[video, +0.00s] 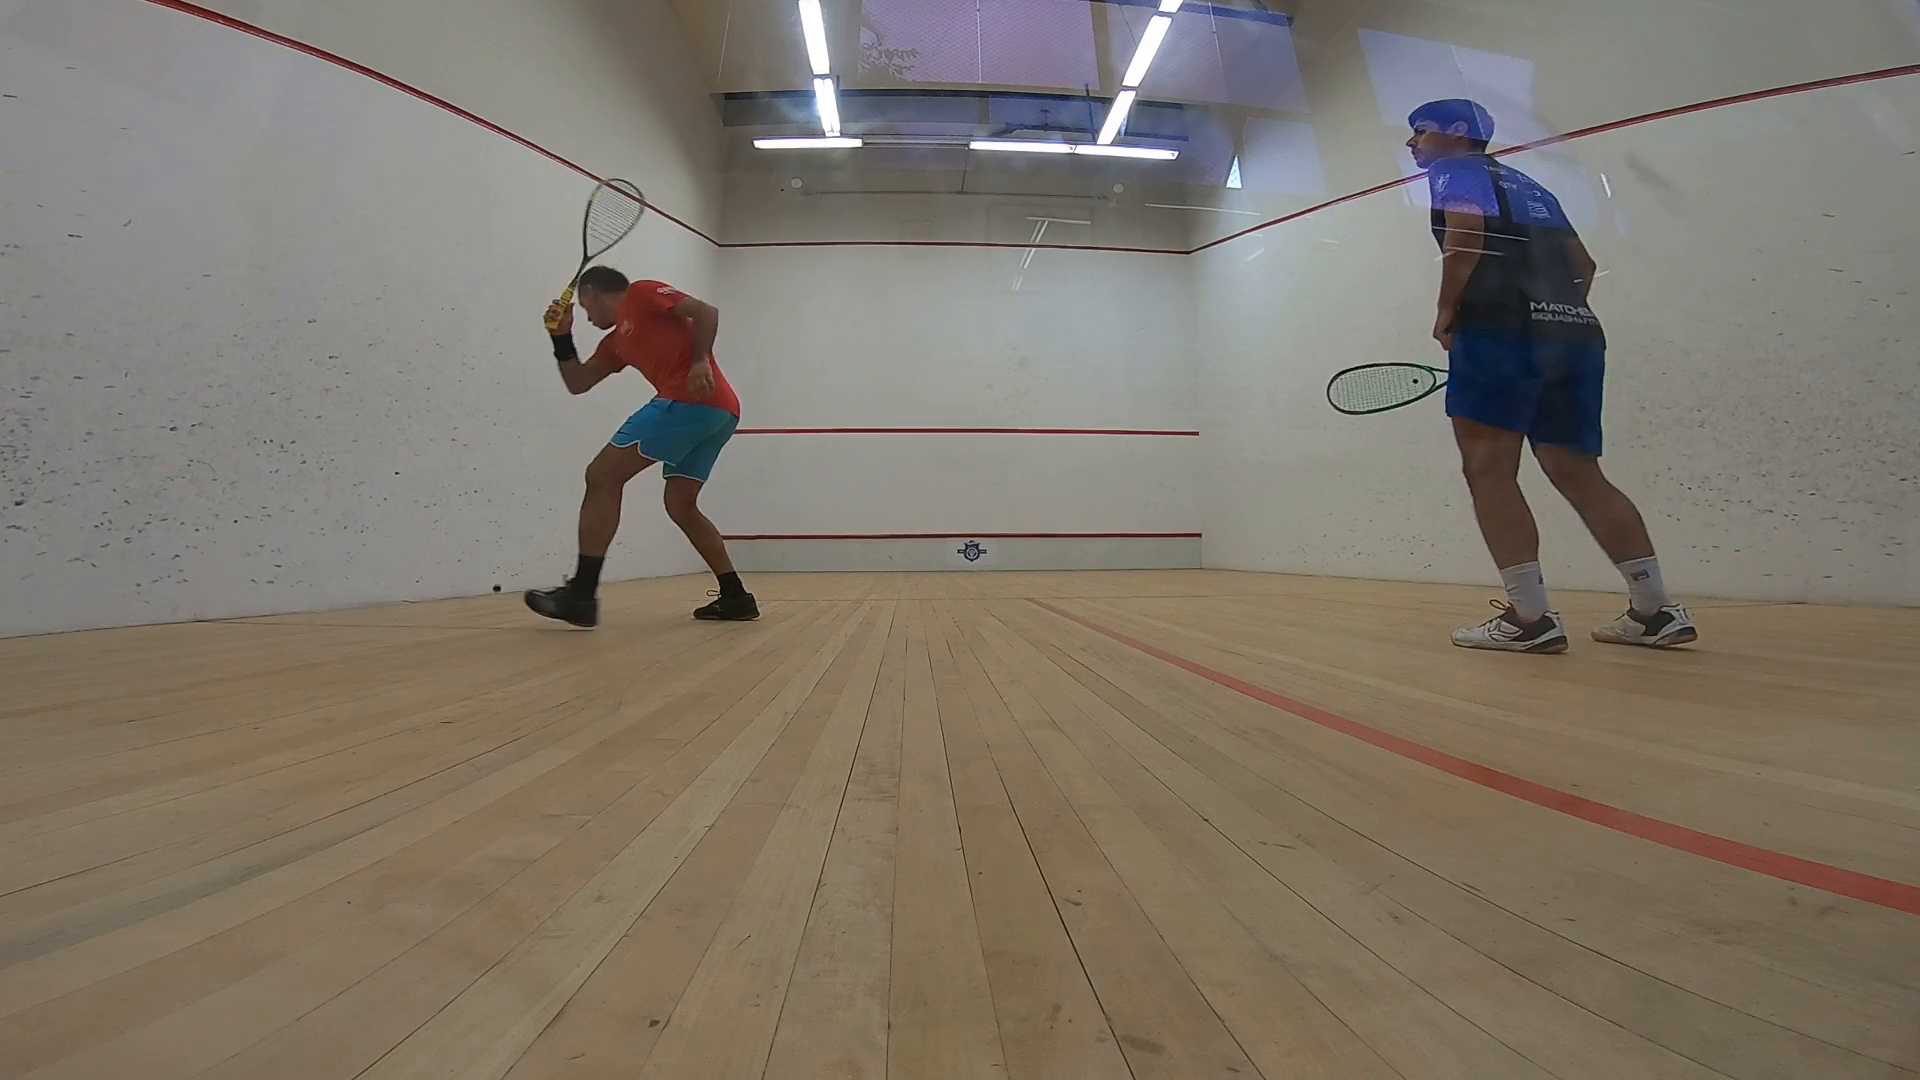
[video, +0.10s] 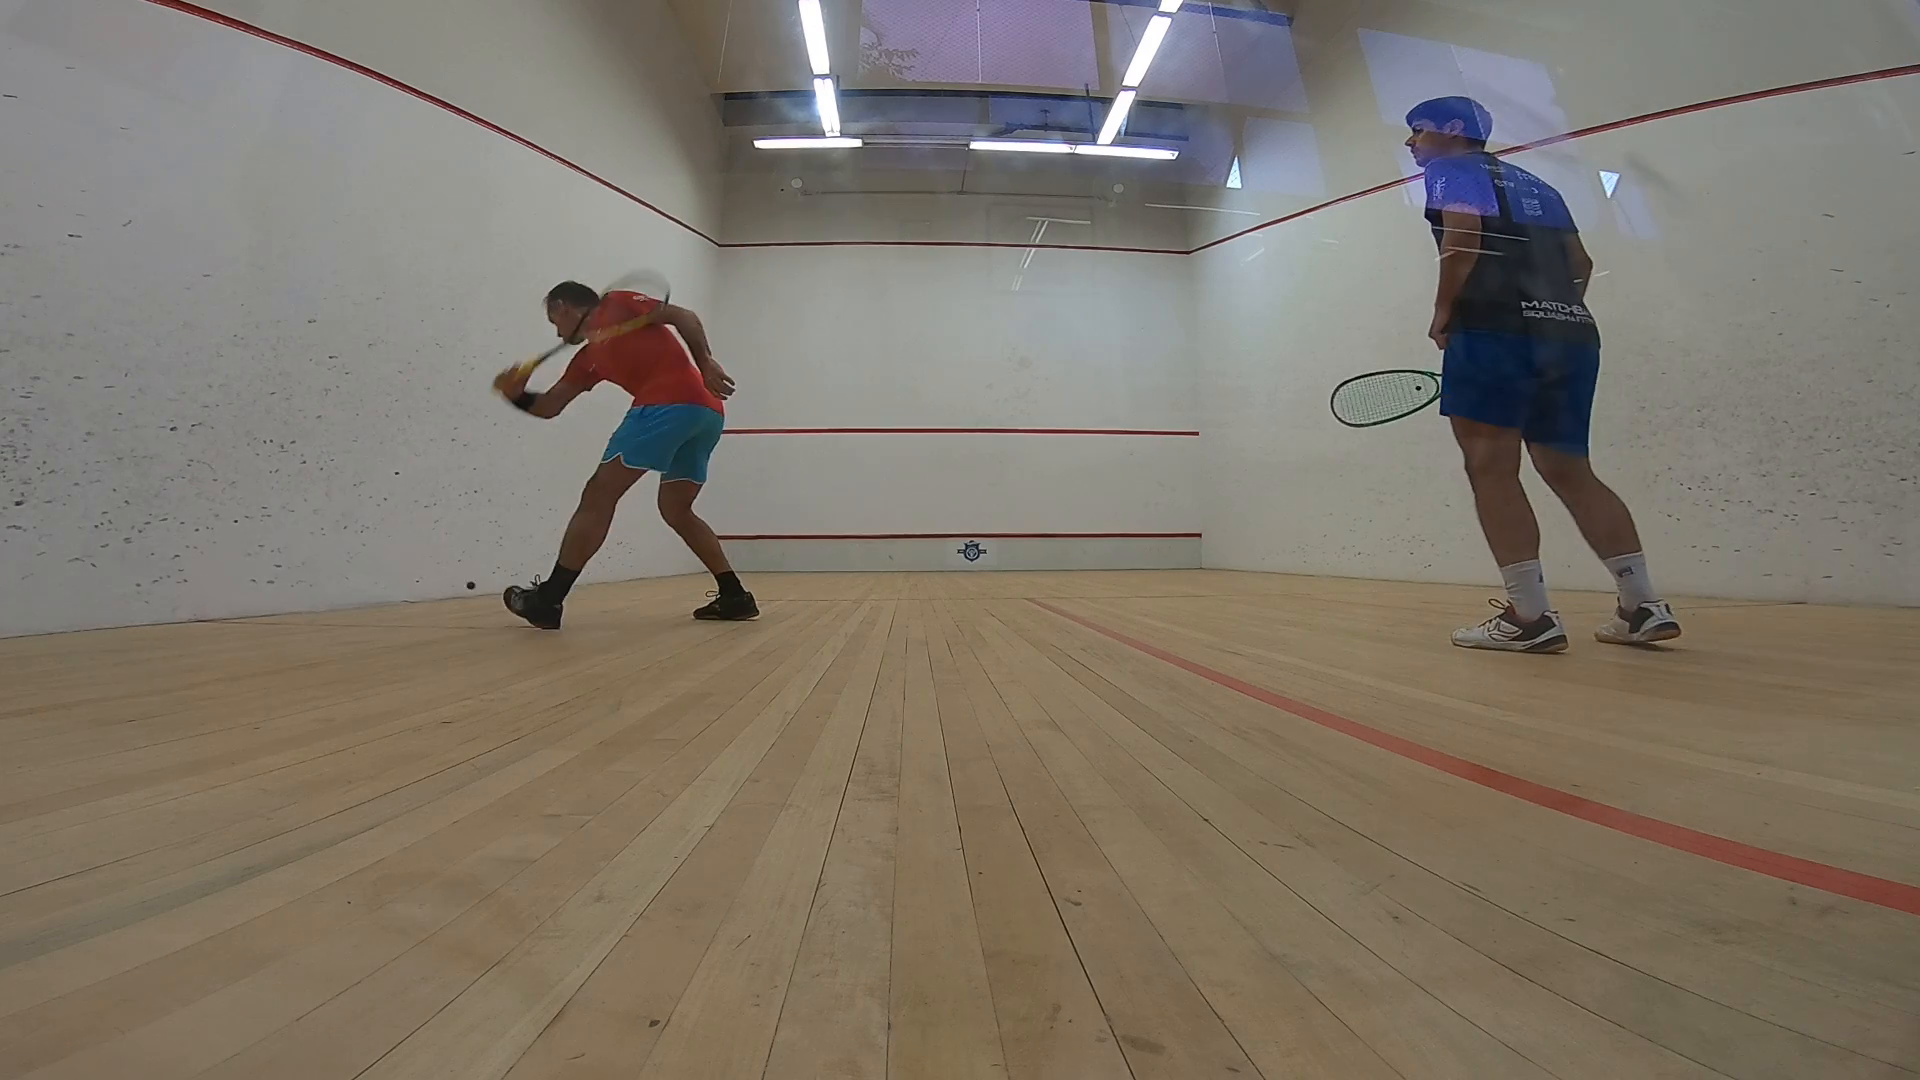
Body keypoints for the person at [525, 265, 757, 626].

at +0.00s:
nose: (586, 316)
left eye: (584, 306)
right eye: (583, 310)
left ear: (593, 293)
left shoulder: (642, 293)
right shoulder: (618, 343)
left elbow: (706, 313)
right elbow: (577, 382)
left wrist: (701, 359)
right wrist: (561, 337)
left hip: (685, 401)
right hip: (717, 408)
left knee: (603, 475)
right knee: (680, 504)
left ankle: (581, 595)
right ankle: (735, 596)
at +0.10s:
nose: (556, 330)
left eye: (554, 320)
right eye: (552, 323)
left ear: (570, 307)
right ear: (574, 311)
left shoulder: (616, 302)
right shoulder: (588, 360)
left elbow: (684, 317)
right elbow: (549, 406)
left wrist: (705, 361)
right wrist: (518, 396)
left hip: (663, 404)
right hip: (707, 409)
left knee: (599, 496)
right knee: (676, 509)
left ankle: (549, 599)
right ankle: (735, 595)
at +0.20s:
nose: (530, 339)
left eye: (527, 328)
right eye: (526, 331)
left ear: (537, 314)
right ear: (544, 314)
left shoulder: (585, 308)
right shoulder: (571, 371)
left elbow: (655, 320)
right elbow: (554, 433)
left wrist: (695, 362)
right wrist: (525, 490)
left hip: (643, 407)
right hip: (683, 413)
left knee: (568, 491)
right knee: (660, 512)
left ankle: (535, 601)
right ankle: (732, 592)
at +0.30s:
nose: (509, 337)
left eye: (505, 328)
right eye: (505, 330)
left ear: (513, 316)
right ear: (524, 314)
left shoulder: (554, 307)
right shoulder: (554, 356)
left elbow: (625, 314)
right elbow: (570, 415)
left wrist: (660, 358)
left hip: (624, 403)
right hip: (664, 407)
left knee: (550, 488)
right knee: (645, 511)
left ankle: (535, 602)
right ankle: (727, 584)